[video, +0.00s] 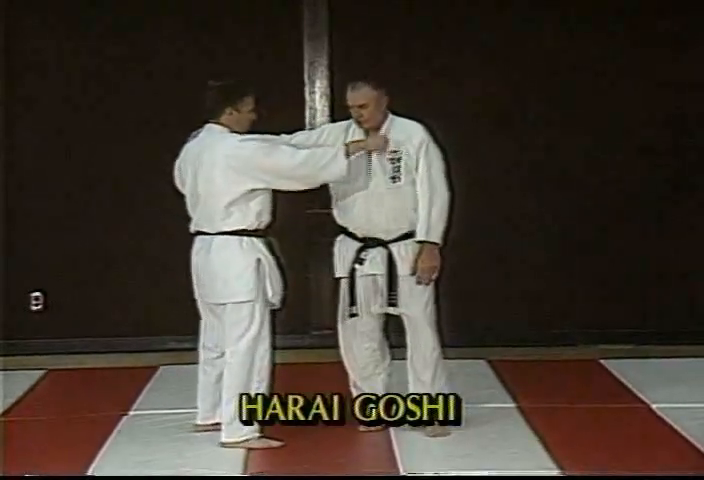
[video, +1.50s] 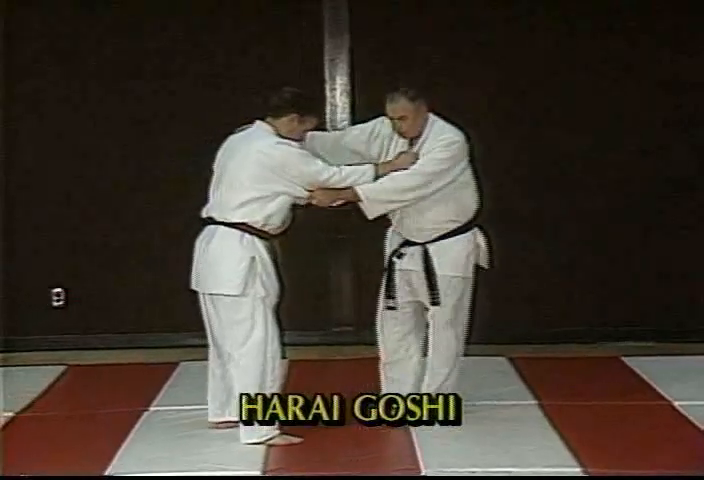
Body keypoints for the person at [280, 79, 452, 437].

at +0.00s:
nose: (358, 115)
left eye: (364, 108)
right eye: (352, 109)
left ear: (384, 102)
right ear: (348, 107)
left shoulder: (413, 136)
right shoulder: (337, 134)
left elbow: (435, 192)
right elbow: (290, 144)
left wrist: (431, 244)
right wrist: (242, 146)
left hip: (407, 246)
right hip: (356, 249)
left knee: (421, 327)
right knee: (359, 326)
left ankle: (428, 407)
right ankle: (370, 405)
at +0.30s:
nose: (363, 116)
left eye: (369, 109)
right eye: (358, 110)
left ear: (389, 105)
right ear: (354, 109)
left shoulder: (415, 137)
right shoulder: (345, 133)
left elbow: (430, 196)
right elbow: (294, 142)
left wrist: (392, 236)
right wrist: (242, 142)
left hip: (410, 244)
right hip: (358, 244)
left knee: (420, 324)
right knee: (360, 325)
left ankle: (433, 407)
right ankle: (373, 404)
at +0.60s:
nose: (372, 113)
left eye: (378, 106)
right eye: (367, 106)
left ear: (398, 104)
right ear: (363, 106)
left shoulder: (417, 138)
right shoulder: (353, 129)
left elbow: (390, 181)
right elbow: (304, 136)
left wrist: (332, 200)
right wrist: (247, 131)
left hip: (411, 246)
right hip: (362, 245)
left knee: (424, 329)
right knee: (362, 328)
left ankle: (435, 408)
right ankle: (374, 404)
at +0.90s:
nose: (379, 111)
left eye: (386, 104)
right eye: (375, 104)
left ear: (406, 103)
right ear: (370, 105)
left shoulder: (423, 138)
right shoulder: (360, 127)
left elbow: (389, 178)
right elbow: (314, 135)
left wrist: (327, 190)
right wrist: (264, 132)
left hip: (415, 246)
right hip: (367, 246)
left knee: (428, 330)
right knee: (368, 330)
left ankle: (439, 409)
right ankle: (377, 405)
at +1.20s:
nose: (391, 114)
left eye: (398, 108)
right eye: (387, 107)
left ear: (420, 104)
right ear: (384, 105)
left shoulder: (439, 139)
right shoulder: (374, 128)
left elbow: (404, 175)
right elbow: (328, 141)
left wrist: (339, 186)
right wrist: (274, 137)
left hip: (432, 248)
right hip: (381, 246)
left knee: (433, 338)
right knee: (380, 336)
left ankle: (431, 419)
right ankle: (393, 414)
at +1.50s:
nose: (397, 128)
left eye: (403, 120)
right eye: (393, 121)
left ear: (423, 112)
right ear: (388, 117)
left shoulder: (449, 142)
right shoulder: (384, 132)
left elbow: (413, 183)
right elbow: (338, 142)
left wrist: (349, 194)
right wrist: (289, 140)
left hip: (449, 244)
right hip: (402, 242)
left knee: (444, 330)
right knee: (396, 328)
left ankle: (436, 411)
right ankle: (396, 408)